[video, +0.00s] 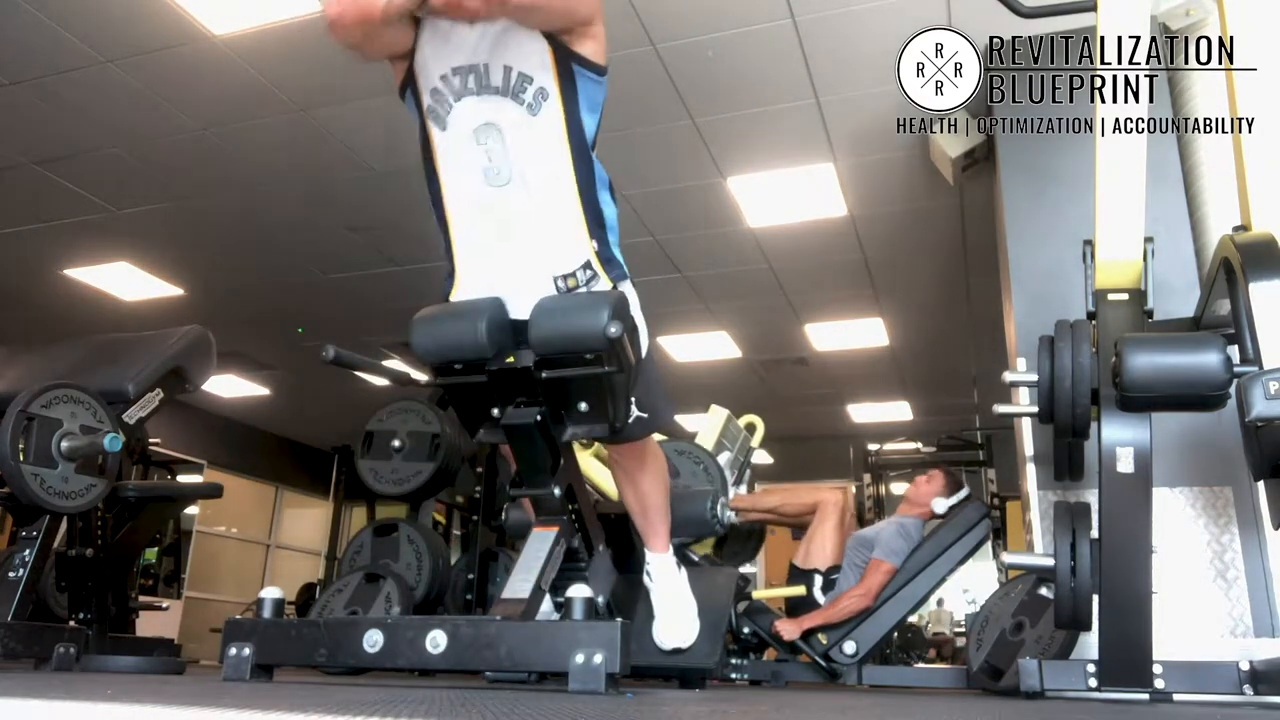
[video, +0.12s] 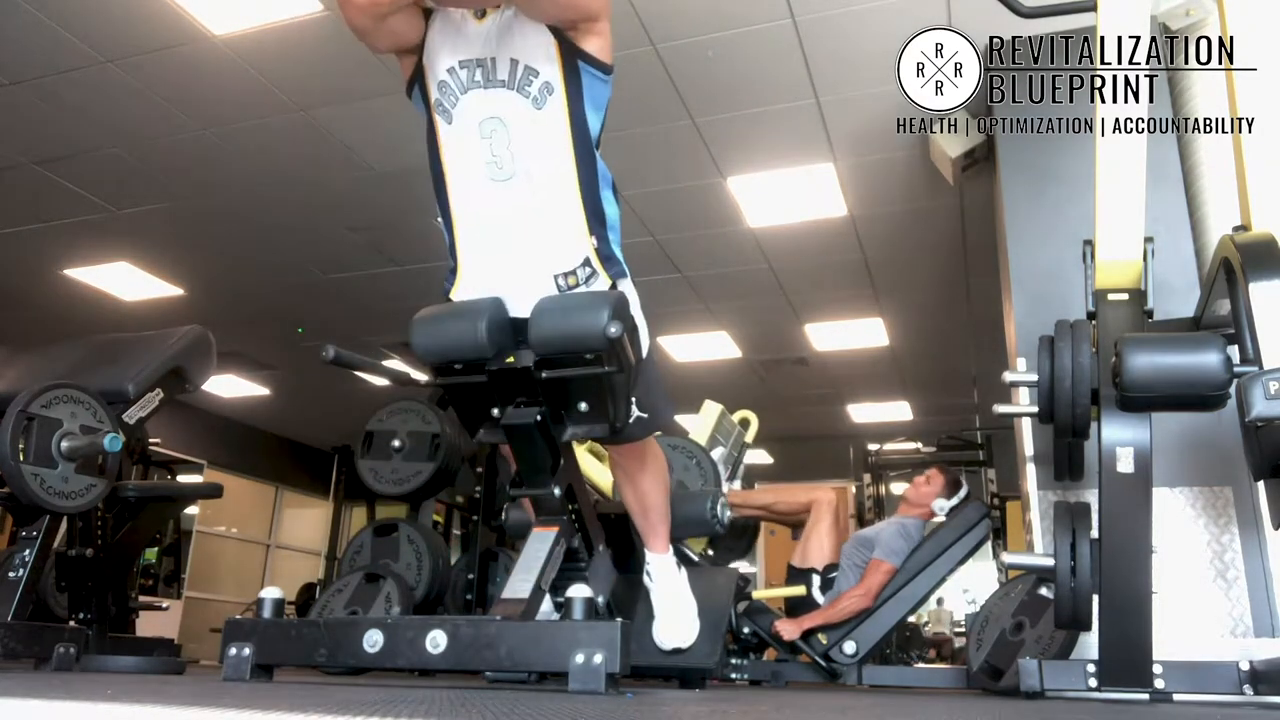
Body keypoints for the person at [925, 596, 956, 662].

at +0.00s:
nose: (940, 604)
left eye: (940, 603)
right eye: (941, 603)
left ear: (936, 603)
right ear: (943, 604)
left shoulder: (931, 613)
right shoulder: (949, 613)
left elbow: (927, 623)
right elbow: (951, 623)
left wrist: (925, 631)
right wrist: (951, 631)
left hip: (933, 631)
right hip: (944, 632)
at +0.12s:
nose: (941, 603)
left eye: (940, 602)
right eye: (941, 602)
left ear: (936, 603)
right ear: (943, 603)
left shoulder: (931, 612)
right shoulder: (949, 613)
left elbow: (929, 621)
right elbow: (951, 623)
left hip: (934, 631)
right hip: (945, 632)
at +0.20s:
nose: (941, 603)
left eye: (940, 602)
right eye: (941, 602)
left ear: (936, 603)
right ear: (943, 603)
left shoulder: (931, 612)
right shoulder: (949, 613)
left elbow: (928, 621)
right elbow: (951, 623)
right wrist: (951, 632)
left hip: (934, 631)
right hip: (945, 632)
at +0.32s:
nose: (940, 605)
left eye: (939, 604)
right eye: (941, 604)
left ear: (937, 605)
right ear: (943, 604)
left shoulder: (931, 614)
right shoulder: (949, 614)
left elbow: (928, 623)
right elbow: (952, 624)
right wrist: (951, 632)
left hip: (934, 632)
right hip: (945, 632)